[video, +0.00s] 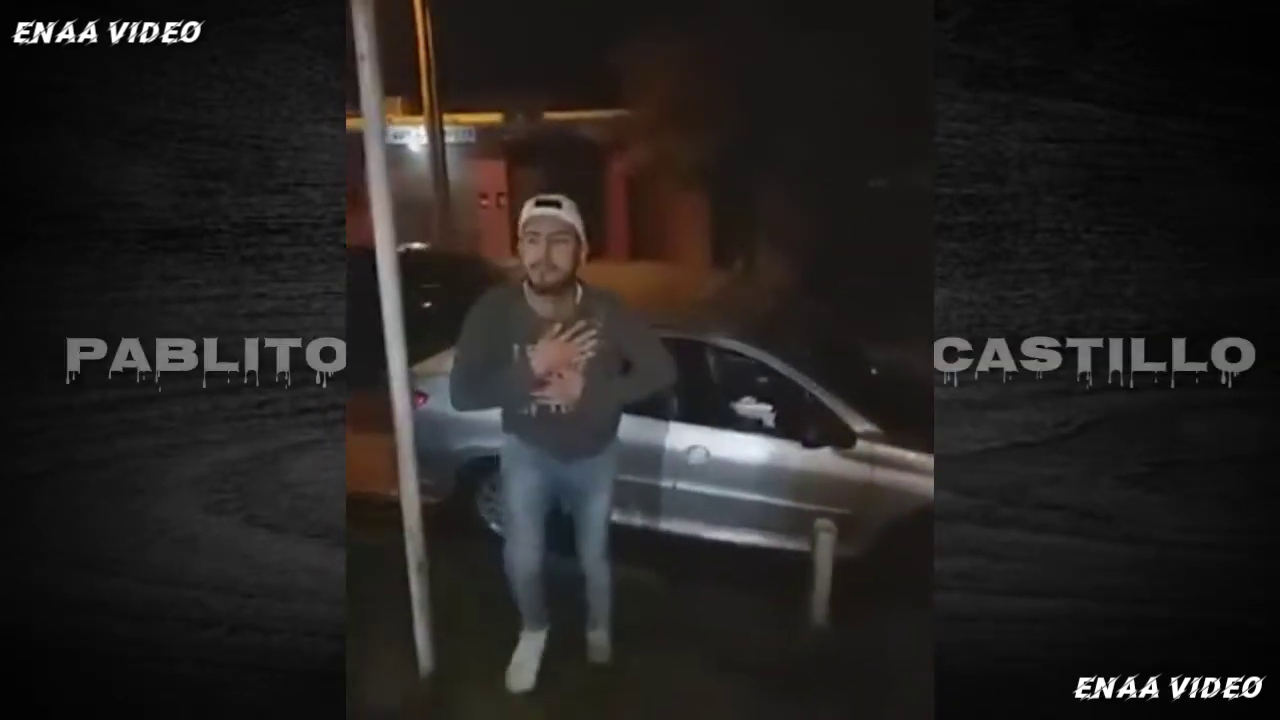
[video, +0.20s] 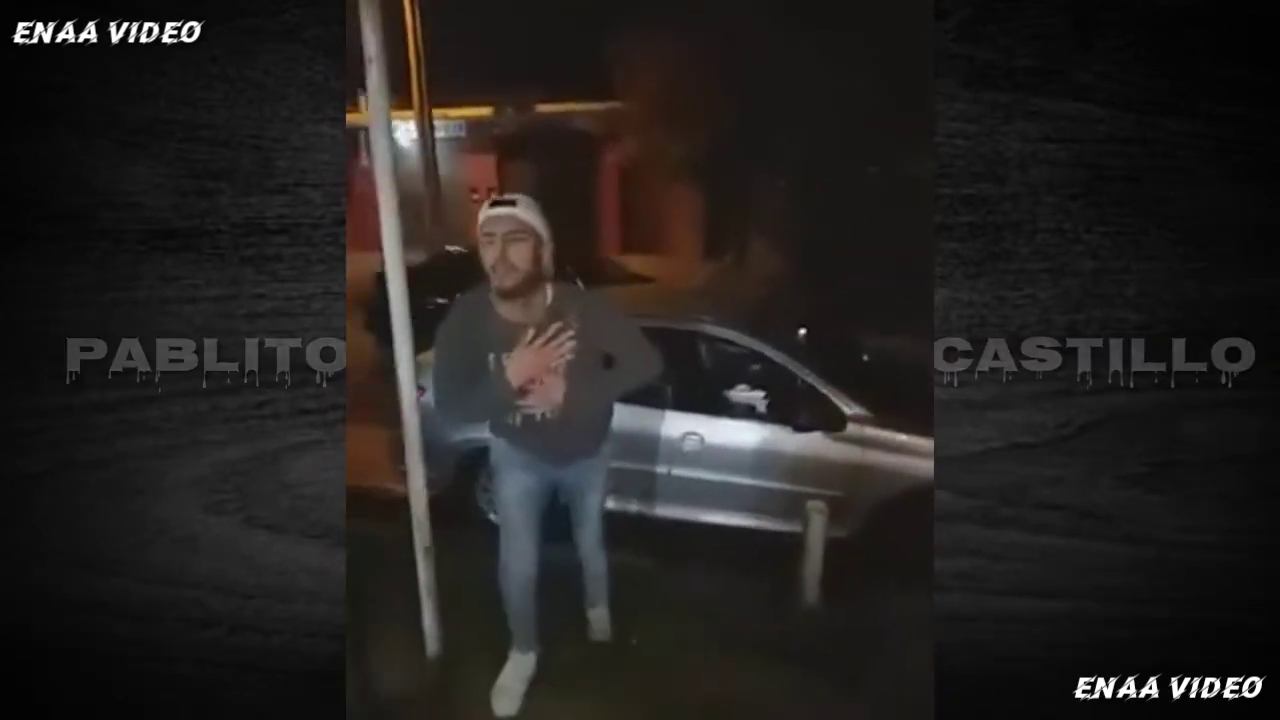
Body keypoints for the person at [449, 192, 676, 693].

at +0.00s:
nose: (543, 256)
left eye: (557, 243)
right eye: (533, 241)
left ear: (579, 253)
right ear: (518, 250)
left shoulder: (605, 311)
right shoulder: (495, 311)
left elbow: (661, 371)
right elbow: (464, 394)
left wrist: (594, 390)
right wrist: (532, 367)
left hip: (591, 454)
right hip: (525, 452)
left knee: (593, 557)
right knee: (522, 560)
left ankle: (599, 632)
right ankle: (533, 629)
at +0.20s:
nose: (502, 255)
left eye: (516, 242)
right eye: (491, 243)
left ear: (542, 249)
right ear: (480, 252)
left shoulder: (581, 305)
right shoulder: (468, 315)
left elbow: (646, 362)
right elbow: (452, 410)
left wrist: (575, 387)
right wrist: (509, 376)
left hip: (584, 453)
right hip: (517, 456)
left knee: (590, 544)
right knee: (517, 561)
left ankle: (598, 612)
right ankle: (523, 651)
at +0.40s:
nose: (461, 243)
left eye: (476, 229)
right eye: (449, 233)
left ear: (505, 239)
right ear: (438, 247)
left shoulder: (556, 301)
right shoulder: (433, 327)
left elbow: (621, 357)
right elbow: (436, 424)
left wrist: (552, 390)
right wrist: (480, 376)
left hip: (567, 455)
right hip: (497, 461)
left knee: (576, 550)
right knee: (502, 582)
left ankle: (585, 608)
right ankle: (516, 661)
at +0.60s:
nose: (466, 187)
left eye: (479, 174)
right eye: (456, 176)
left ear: (505, 183)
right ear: (444, 188)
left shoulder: (551, 256)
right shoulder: (433, 271)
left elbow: (608, 333)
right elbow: (420, 375)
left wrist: (533, 343)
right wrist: (472, 321)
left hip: (562, 434)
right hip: (492, 438)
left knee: (566, 554)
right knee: (502, 564)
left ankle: (564, 581)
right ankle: (519, 646)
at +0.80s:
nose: (522, 157)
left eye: (534, 146)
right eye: (510, 147)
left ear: (557, 160)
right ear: (493, 165)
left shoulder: (588, 237)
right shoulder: (478, 243)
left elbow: (633, 325)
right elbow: (452, 344)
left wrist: (567, 306)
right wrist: (505, 292)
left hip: (592, 418)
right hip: (521, 421)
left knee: (596, 555)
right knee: (535, 548)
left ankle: (585, 610)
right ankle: (549, 639)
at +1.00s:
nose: (566, 168)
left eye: (578, 158)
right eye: (554, 158)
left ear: (597, 173)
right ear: (535, 172)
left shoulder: (623, 248)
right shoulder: (512, 250)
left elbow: (663, 339)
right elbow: (483, 349)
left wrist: (608, 297)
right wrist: (530, 295)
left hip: (618, 433)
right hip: (546, 436)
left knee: (622, 569)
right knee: (559, 556)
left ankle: (638, 707)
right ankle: (571, 637)